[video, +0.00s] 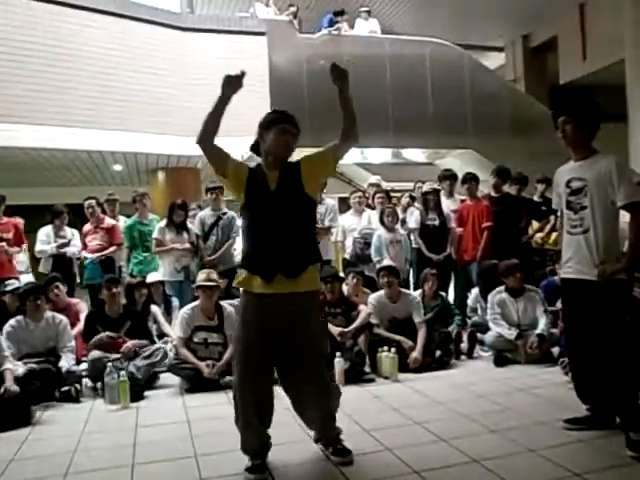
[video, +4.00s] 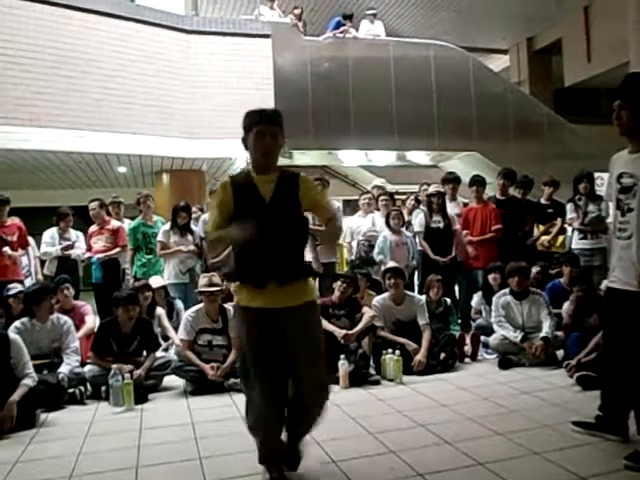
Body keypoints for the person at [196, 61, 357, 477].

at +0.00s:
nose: (287, 138)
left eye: (291, 135)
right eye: (279, 132)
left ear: (296, 144)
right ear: (260, 139)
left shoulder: (309, 171)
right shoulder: (242, 176)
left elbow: (349, 137)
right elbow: (206, 141)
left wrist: (343, 91)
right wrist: (224, 97)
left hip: (302, 294)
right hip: (256, 295)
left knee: (315, 372)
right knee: (250, 379)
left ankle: (329, 436)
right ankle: (256, 454)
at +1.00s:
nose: (317, 142)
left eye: (320, 136)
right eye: (309, 137)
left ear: (328, 141)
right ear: (295, 145)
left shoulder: (348, 178)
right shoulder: (285, 183)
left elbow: (391, 176)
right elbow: (250, 185)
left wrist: (397, 148)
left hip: (339, 291)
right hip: (294, 290)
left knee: (337, 369)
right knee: (281, 372)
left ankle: (329, 432)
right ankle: (266, 450)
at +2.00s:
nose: (287, 177)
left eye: (293, 170)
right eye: (280, 170)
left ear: (301, 171)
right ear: (266, 169)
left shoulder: (311, 200)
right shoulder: (249, 199)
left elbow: (360, 208)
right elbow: (205, 221)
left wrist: (336, 235)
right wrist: (222, 224)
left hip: (306, 292)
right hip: (266, 296)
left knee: (328, 307)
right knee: (275, 374)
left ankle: (324, 397)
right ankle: (277, 451)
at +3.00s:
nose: (275, 150)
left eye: (282, 142)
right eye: (268, 142)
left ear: (292, 141)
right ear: (256, 140)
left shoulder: (305, 166)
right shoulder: (237, 170)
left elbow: (348, 159)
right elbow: (191, 161)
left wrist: (359, 144)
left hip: (299, 281)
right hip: (255, 285)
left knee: (306, 363)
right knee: (265, 365)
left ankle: (303, 442)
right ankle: (274, 444)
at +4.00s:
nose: (267, 143)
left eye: (274, 136)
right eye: (260, 135)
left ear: (283, 141)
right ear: (246, 142)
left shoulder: (300, 184)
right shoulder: (228, 190)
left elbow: (331, 219)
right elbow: (211, 243)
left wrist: (325, 250)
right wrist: (234, 232)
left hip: (300, 300)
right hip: (253, 304)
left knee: (315, 385)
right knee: (263, 393)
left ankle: (294, 438)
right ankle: (273, 467)